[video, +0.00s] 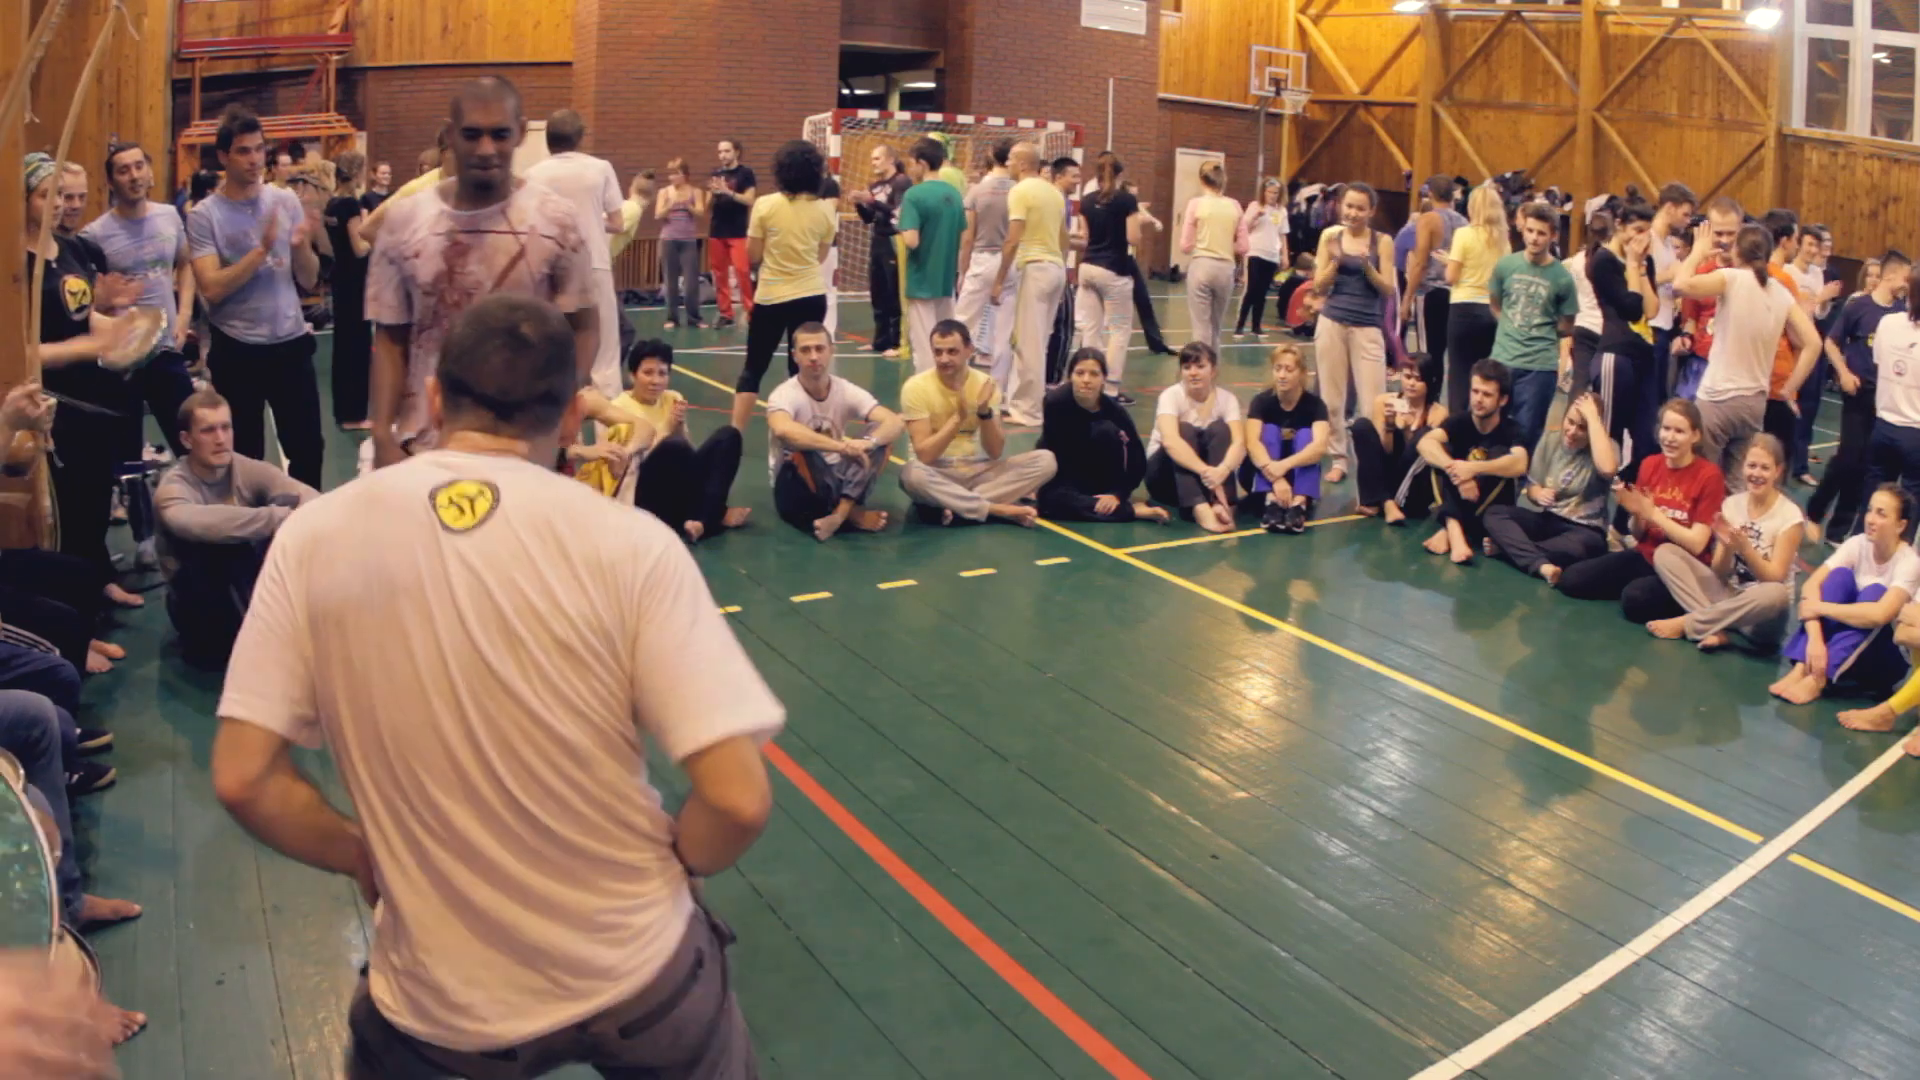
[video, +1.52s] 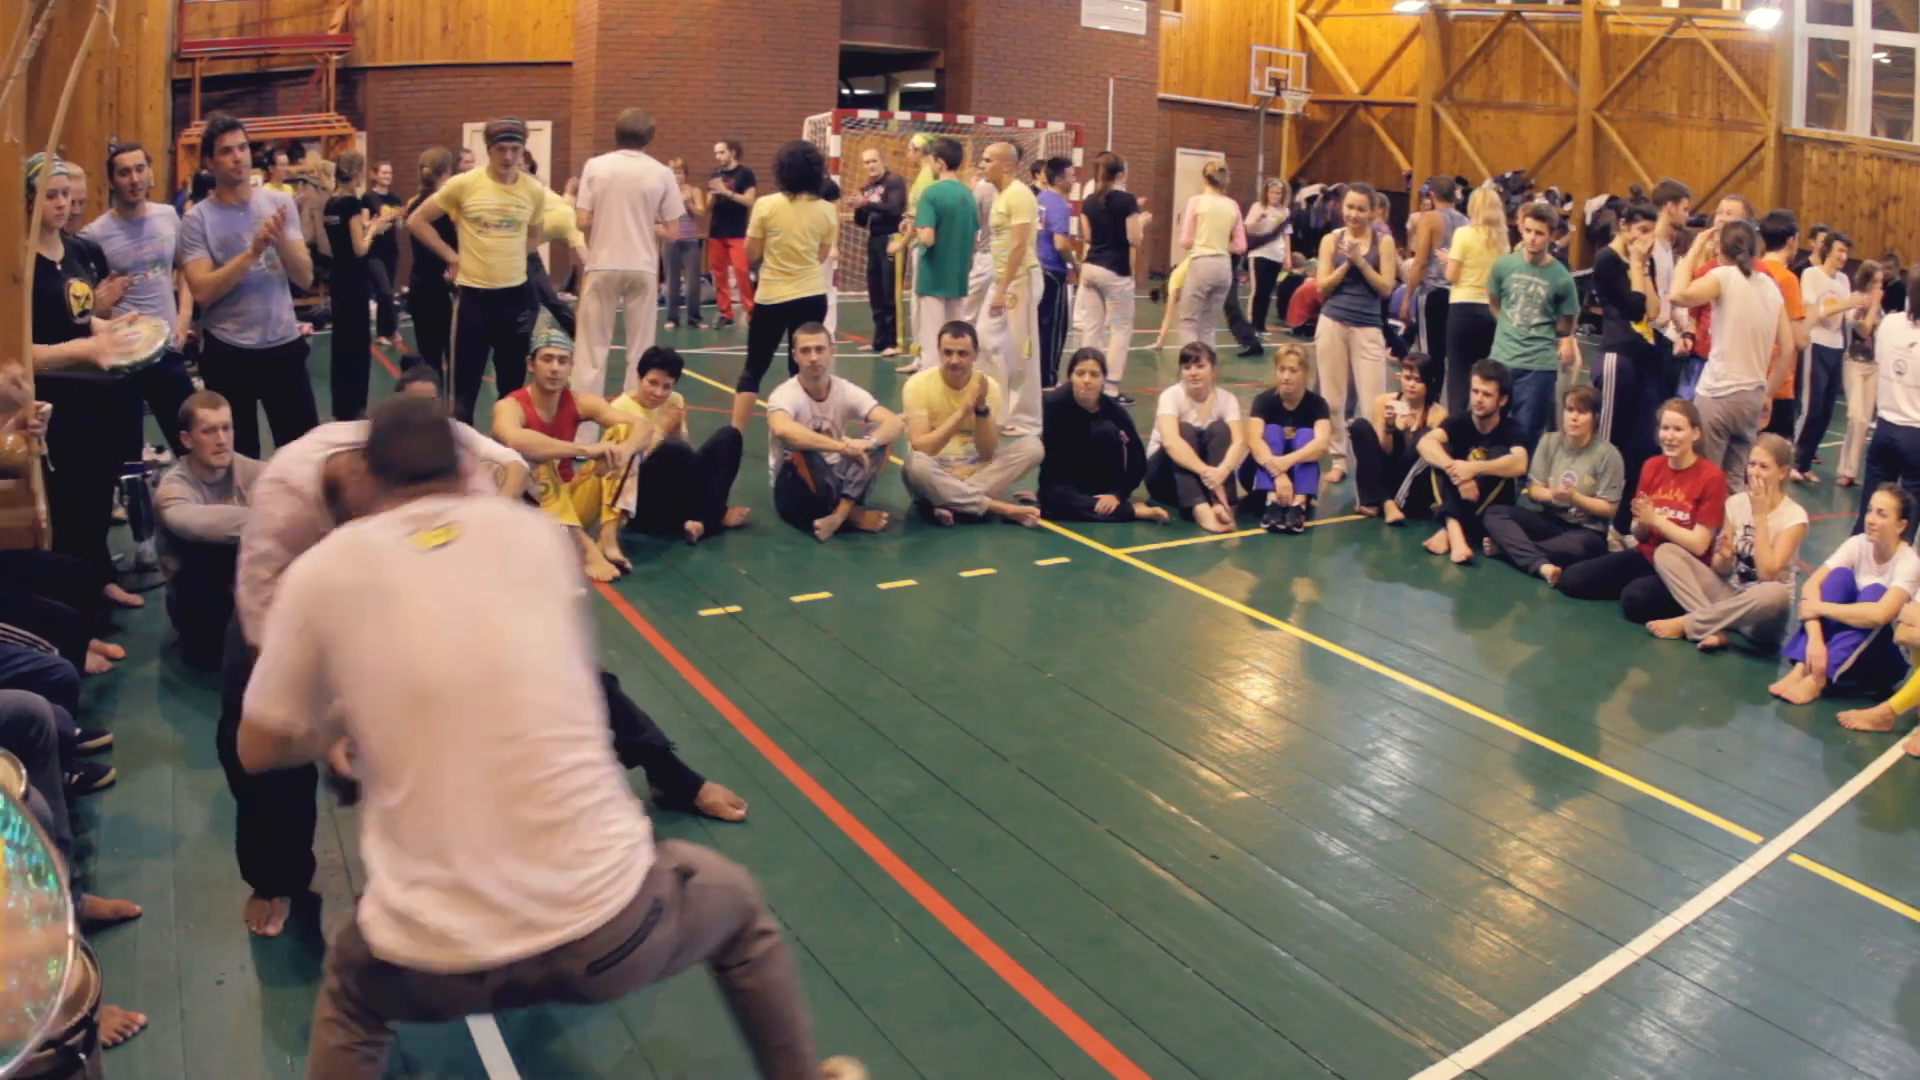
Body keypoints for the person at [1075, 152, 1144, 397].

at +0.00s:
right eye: (1120, 170)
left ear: (1097, 172)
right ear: (1120, 172)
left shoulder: (1086, 200)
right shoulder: (1127, 200)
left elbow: (1084, 235)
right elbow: (1133, 238)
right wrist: (1138, 219)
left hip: (1089, 264)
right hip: (1116, 267)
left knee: (1088, 327)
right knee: (1119, 328)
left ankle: (1088, 384)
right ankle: (1111, 387)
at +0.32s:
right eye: (1120, 171)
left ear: (1097, 172)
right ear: (1120, 173)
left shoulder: (1087, 200)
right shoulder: (1127, 201)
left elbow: (1085, 236)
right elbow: (1132, 238)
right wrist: (1142, 225)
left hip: (1089, 263)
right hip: (1115, 267)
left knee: (1089, 327)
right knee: (1119, 328)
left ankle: (1087, 384)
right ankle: (1111, 387)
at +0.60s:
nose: (1122, 175)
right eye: (1121, 172)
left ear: (1097, 173)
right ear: (1119, 174)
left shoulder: (1087, 201)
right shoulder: (1128, 201)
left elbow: (1086, 236)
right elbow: (1133, 239)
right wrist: (1140, 222)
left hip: (1089, 265)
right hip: (1115, 269)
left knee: (1091, 327)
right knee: (1119, 327)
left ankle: (1088, 383)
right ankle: (1112, 386)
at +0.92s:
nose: (1122, 175)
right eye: (1121, 171)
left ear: (1096, 173)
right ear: (1119, 173)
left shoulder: (1087, 201)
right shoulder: (1128, 201)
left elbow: (1086, 235)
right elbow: (1135, 238)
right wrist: (1140, 221)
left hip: (1090, 265)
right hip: (1117, 270)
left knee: (1088, 327)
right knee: (1119, 328)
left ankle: (1085, 385)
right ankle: (1111, 387)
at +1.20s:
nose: (1126, 176)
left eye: (1123, 172)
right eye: (1124, 172)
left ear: (1099, 173)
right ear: (1120, 174)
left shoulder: (1088, 201)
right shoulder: (1127, 201)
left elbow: (1086, 236)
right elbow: (1135, 239)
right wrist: (1140, 222)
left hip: (1091, 264)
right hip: (1117, 269)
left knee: (1091, 327)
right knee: (1120, 328)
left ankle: (1086, 384)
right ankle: (1111, 387)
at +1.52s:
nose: (1125, 175)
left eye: (1123, 171)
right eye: (1124, 172)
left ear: (1099, 173)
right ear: (1120, 174)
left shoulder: (1088, 201)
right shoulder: (1126, 200)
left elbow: (1087, 236)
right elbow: (1134, 238)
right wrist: (1142, 221)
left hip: (1091, 265)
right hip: (1117, 270)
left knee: (1091, 326)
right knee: (1120, 327)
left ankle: (1086, 384)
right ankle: (1111, 387)